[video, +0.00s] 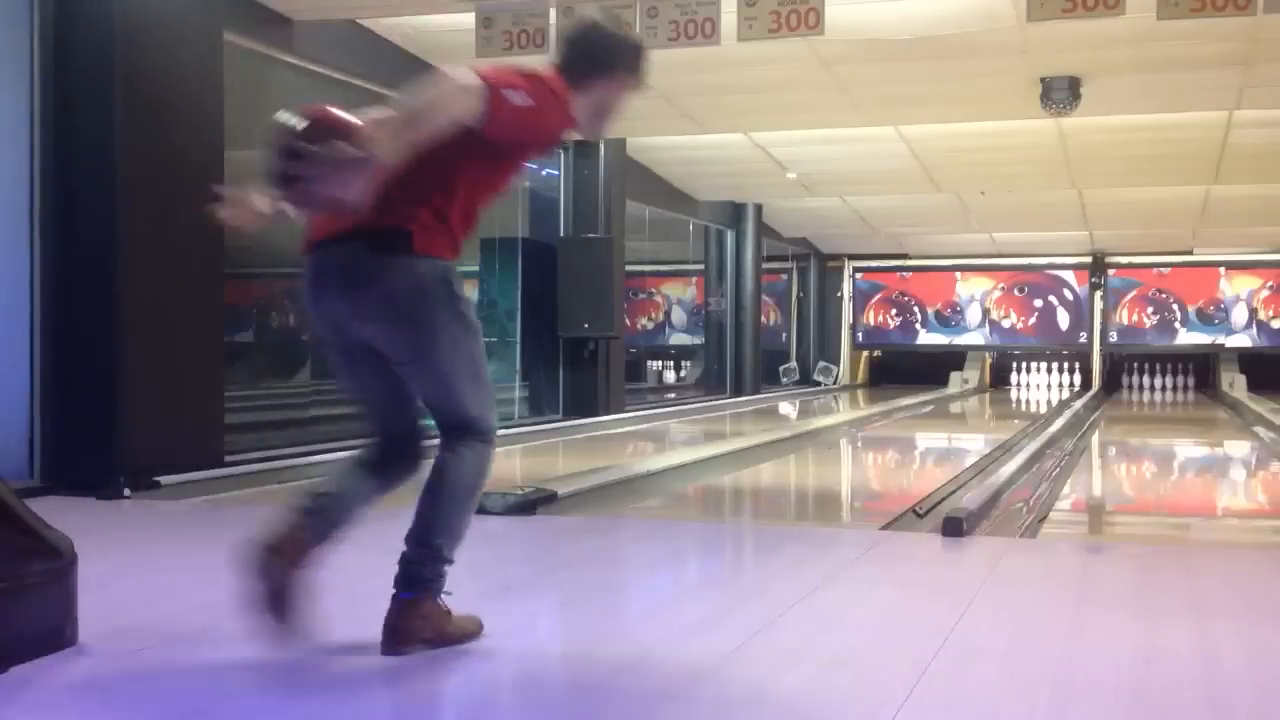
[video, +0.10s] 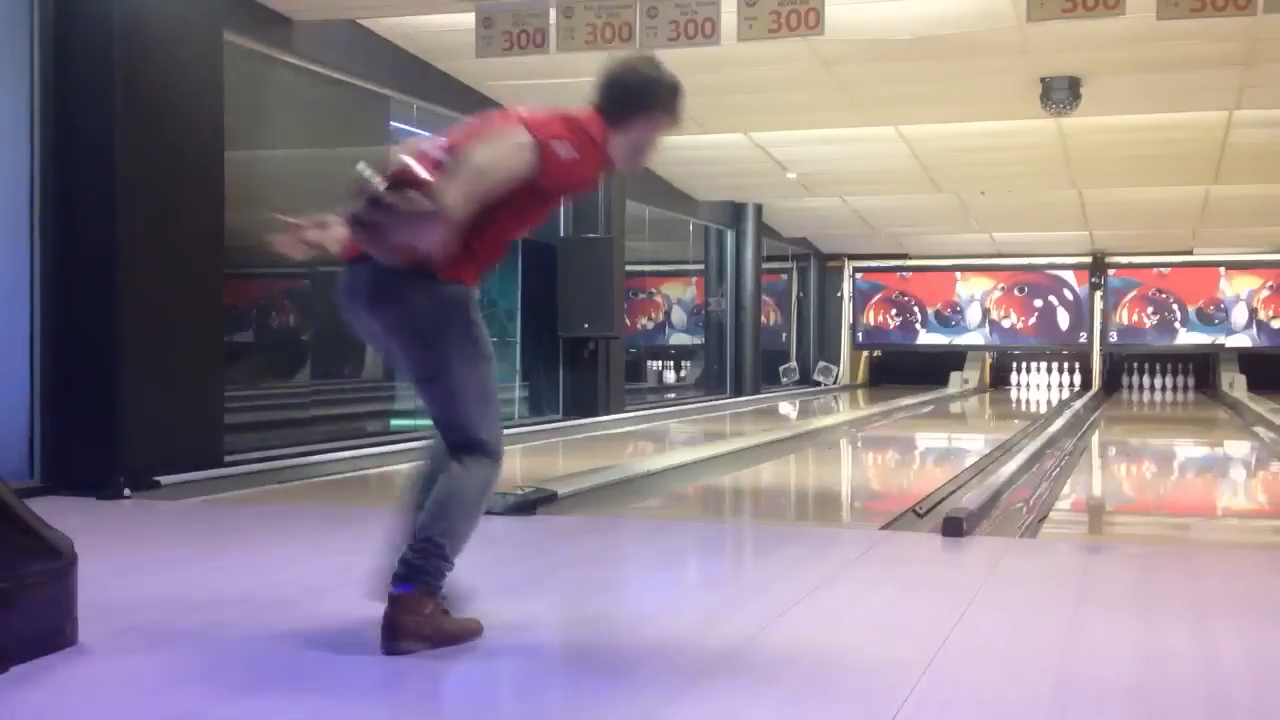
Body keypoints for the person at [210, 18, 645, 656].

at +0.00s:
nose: (622, 108)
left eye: (628, 95)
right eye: (625, 92)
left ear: (573, 65)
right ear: (603, 82)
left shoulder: (508, 89)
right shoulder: (548, 102)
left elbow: (382, 123)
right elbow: (455, 91)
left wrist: (278, 195)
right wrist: (374, 154)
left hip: (334, 268)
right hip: (403, 269)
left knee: (396, 445)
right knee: (469, 434)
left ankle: (291, 544)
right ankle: (416, 606)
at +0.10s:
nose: (656, 144)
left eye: (662, 132)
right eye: (658, 129)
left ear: (611, 105)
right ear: (637, 120)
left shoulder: (560, 131)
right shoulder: (580, 143)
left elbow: (428, 162)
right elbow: (493, 153)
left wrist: (351, 228)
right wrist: (446, 216)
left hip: (385, 278)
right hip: (424, 286)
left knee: (461, 439)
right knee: (477, 450)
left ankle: (410, 585)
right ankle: (413, 604)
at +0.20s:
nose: (692, 179)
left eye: (697, 167)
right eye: (694, 165)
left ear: (646, 142)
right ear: (678, 158)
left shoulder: (590, 162)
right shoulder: (616, 180)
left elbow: (468, 173)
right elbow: (535, 219)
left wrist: (395, 241)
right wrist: (506, 282)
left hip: (415, 282)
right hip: (440, 288)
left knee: (514, 382)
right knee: (487, 475)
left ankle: (536, 536)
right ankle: (412, 584)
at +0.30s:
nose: (719, 209)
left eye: (726, 199)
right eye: (724, 197)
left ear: (677, 167)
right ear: (712, 189)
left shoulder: (617, 177)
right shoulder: (652, 214)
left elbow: (509, 187)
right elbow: (585, 279)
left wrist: (443, 244)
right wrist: (556, 366)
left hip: (458, 299)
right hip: (476, 312)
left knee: (542, 405)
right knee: (489, 487)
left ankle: (592, 527)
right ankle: (418, 556)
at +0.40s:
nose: (749, 224)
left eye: (752, 213)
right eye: (753, 213)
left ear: (704, 186)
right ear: (741, 211)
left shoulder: (635, 195)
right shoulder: (685, 260)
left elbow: (536, 200)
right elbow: (630, 349)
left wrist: (468, 248)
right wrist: (637, 437)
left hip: (485, 312)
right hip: (522, 339)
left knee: (582, 389)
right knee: (492, 493)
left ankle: (610, 532)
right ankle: (414, 521)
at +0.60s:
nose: (772, 218)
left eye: (772, 207)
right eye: (774, 208)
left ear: (726, 184)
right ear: (762, 208)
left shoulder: (661, 184)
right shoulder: (727, 256)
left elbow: (563, 199)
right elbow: (755, 329)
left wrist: (503, 238)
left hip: (513, 286)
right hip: (543, 321)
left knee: (596, 385)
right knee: (464, 440)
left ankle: (610, 528)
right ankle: (311, 452)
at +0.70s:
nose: (778, 196)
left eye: (775, 183)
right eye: (779, 188)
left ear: (729, 161)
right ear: (767, 185)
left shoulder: (667, 165)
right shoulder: (735, 224)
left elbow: (571, 181)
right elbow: (781, 272)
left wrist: (506, 233)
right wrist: (809, 200)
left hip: (524, 259)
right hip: (552, 289)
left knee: (592, 387)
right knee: (453, 402)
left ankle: (605, 528)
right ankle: (310, 439)